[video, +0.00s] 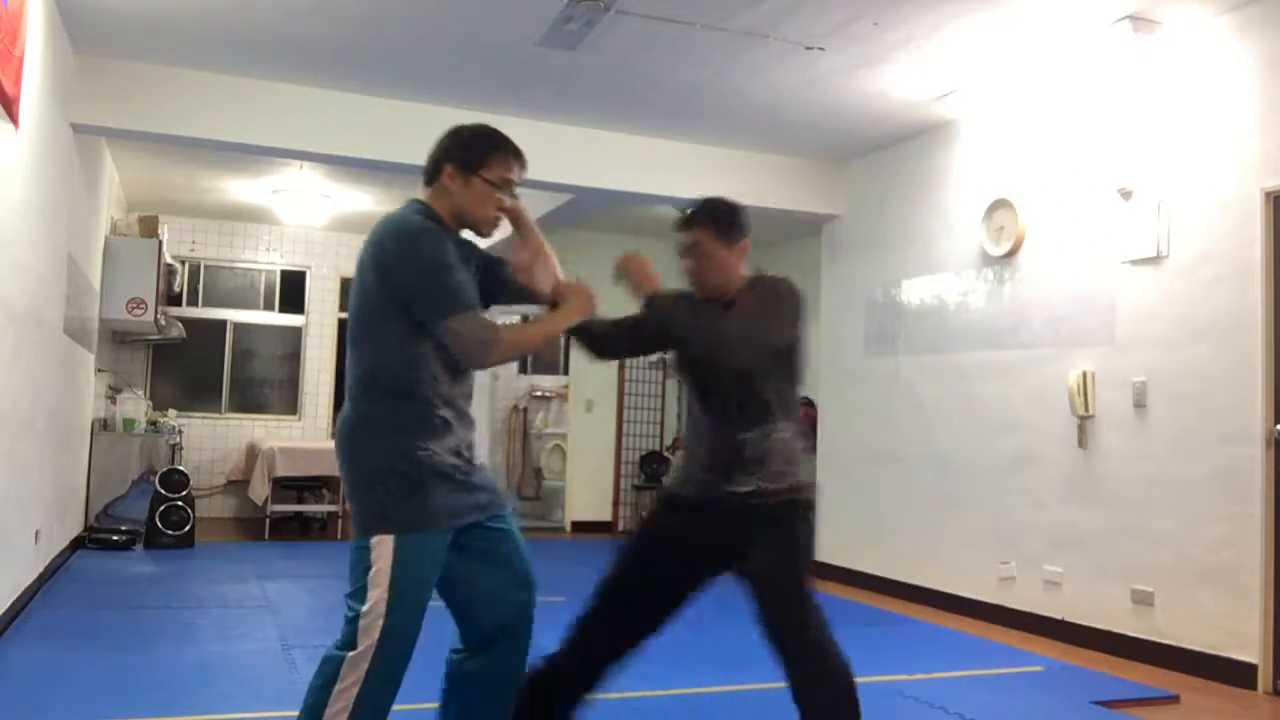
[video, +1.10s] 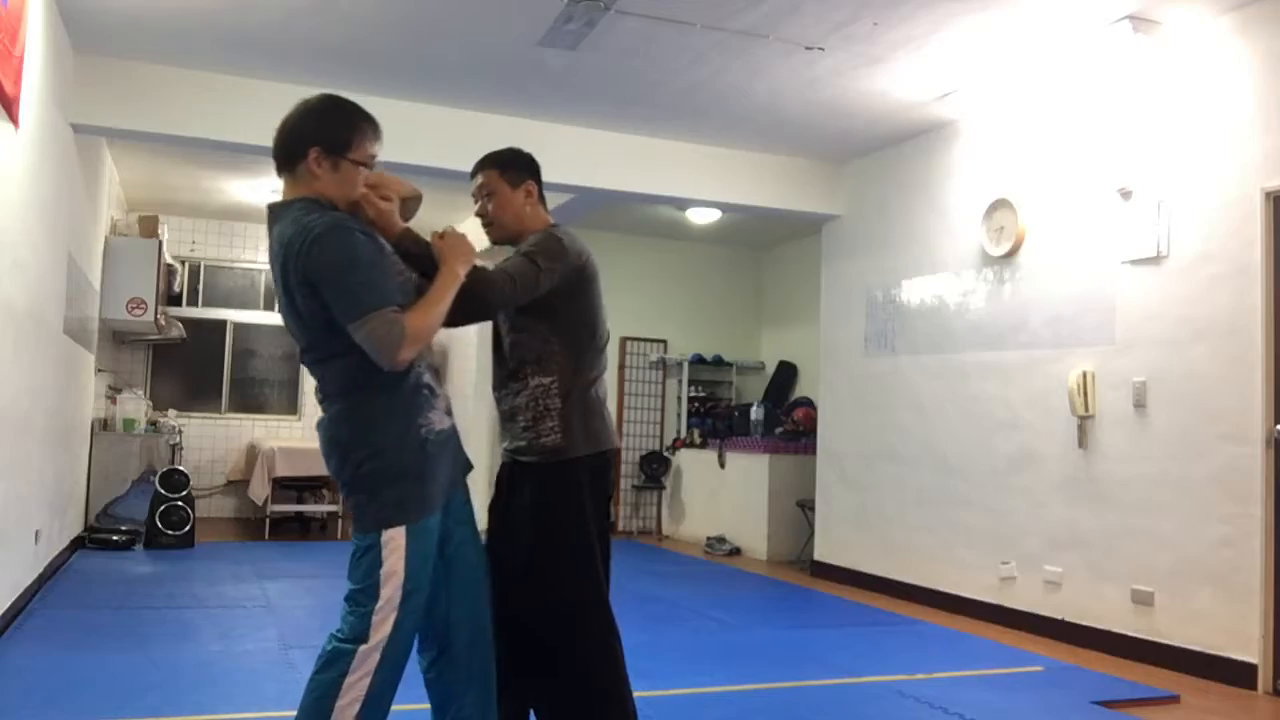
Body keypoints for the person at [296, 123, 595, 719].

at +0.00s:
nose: (506, 202)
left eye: (511, 191)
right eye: (499, 187)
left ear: (455, 182)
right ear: (452, 176)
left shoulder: (452, 248)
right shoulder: (411, 236)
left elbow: (541, 281)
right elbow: (476, 344)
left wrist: (514, 206)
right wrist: (565, 315)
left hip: (456, 467)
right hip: (399, 468)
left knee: (504, 611)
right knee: (378, 640)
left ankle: (478, 717)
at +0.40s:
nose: (445, 186)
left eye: (449, 175)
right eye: (438, 172)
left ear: (387, 167)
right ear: (394, 164)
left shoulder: (382, 227)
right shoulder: (388, 235)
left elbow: (478, 245)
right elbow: (453, 350)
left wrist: (450, 185)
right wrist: (518, 313)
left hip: (468, 458)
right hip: (422, 463)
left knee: (498, 630)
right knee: (394, 637)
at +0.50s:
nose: (439, 186)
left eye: (441, 173)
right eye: (432, 171)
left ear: (376, 166)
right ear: (388, 163)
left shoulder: (353, 227)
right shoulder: (390, 235)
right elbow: (453, 349)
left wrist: (446, 244)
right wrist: (514, 301)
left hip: (460, 455)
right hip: (422, 458)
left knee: (493, 627)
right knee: (395, 637)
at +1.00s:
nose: (385, 183)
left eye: (387, 168)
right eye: (377, 166)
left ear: (325, 163)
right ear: (334, 161)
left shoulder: (311, 225)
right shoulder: (343, 235)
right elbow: (408, 348)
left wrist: (395, 216)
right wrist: (463, 273)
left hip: (425, 452)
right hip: (402, 458)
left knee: (467, 628)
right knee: (379, 636)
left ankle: (476, 719)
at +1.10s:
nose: (371, 180)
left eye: (372, 166)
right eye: (363, 164)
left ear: (315, 164)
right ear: (319, 163)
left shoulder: (312, 224)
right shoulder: (328, 235)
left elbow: (411, 197)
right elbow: (398, 345)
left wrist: (360, 188)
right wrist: (452, 270)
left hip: (427, 454)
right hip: (397, 460)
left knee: (462, 632)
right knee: (374, 638)